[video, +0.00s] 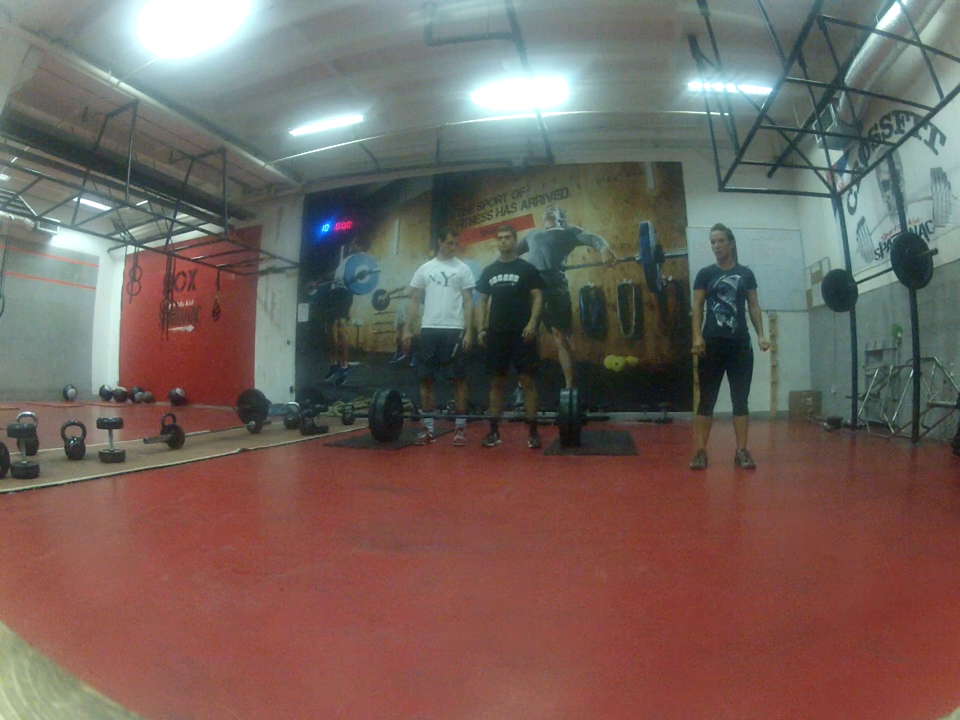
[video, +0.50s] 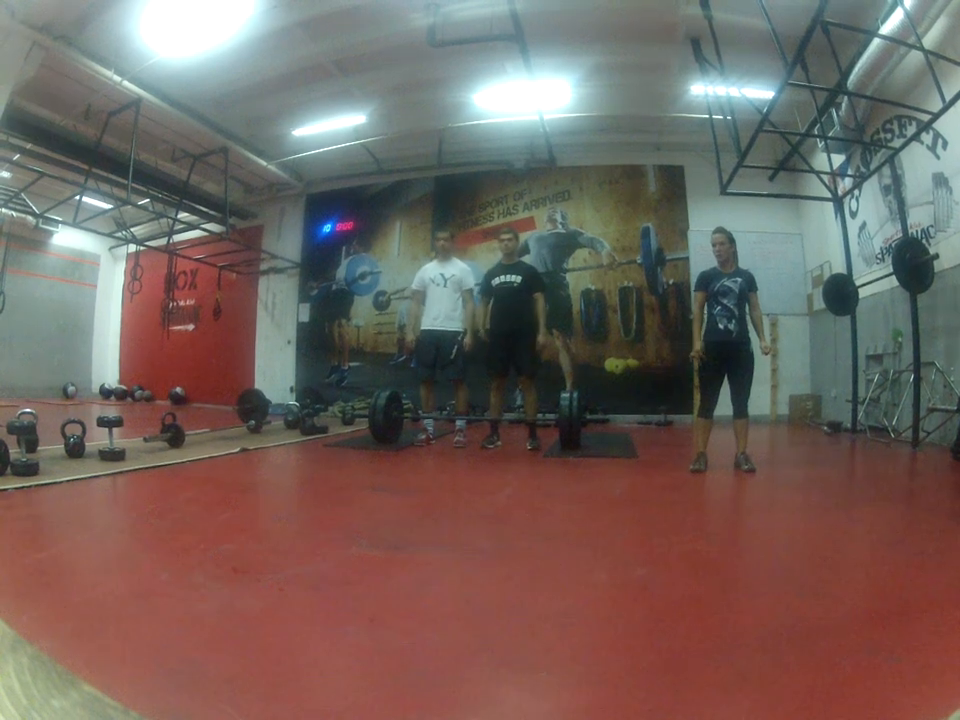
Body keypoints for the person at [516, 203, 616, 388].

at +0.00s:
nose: (549, 219)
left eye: (553, 216)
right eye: (547, 217)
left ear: (562, 220)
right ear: (543, 221)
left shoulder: (569, 232)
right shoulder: (533, 235)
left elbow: (593, 239)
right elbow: (513, 252)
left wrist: (605, 250)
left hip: (555, 286)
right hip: (531, 287)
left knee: (560, 337)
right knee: (527, 337)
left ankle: (569, 388)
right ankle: (524, 387)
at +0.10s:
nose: (549, 220)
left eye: (553, 217)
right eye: (547, 217)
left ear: (562, 220)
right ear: (543, 221)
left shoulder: (569, 232)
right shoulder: (533, 236)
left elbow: (591, 239)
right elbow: (512, 253)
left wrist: (605, 249)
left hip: (555, 286)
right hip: (532, 288)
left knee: (561, 337)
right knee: (528, 338)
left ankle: (569, 388)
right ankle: (524, 390)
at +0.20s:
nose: (550, 220)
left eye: (554, 217)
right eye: (548, 218)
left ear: (563, 221)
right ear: (544, 222)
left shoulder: (570, 233)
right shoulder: (534, 236)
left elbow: (593, 240)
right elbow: (513, 253)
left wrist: (606, 251)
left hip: (556, 287)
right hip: (532, 289)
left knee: (561, 338)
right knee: (529, 339)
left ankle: (569, 389)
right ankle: (523, 389)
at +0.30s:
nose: (551, 222)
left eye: (555, 220)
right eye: (548, 220)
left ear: (564, 223)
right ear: (544, 224)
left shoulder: (570, 234)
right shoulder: (534, 238)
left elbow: (593, 241)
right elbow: (513, 255)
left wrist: (606, 253)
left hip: (556, 287)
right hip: (532, 289)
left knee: (561, 339)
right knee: (527, 339)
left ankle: (569, 390)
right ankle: (523, 390)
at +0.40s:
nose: (551, 222)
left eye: (555, 219)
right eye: (549, 219)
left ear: (564, 223)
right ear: (544, 223)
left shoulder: (570, 235)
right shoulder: (534, 238)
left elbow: (593, 242)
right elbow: (514, 256)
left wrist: (607, 253)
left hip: (556, 288)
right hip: (532, 289)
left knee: (560, 338)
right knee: (529, 339)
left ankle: (569, 391)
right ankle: (523, 391)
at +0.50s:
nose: (551, 221)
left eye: (555, 219)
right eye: (548, 219)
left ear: (564, 222)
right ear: (544, 223)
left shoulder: (570, 234)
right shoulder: (533, 237)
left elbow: (594, 241)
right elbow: (514, 256)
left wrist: (606, 253)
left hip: (556, 287)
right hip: (532, 289)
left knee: (561, 338)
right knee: (529, 338)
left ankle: (570, 390)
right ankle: (523, 390)